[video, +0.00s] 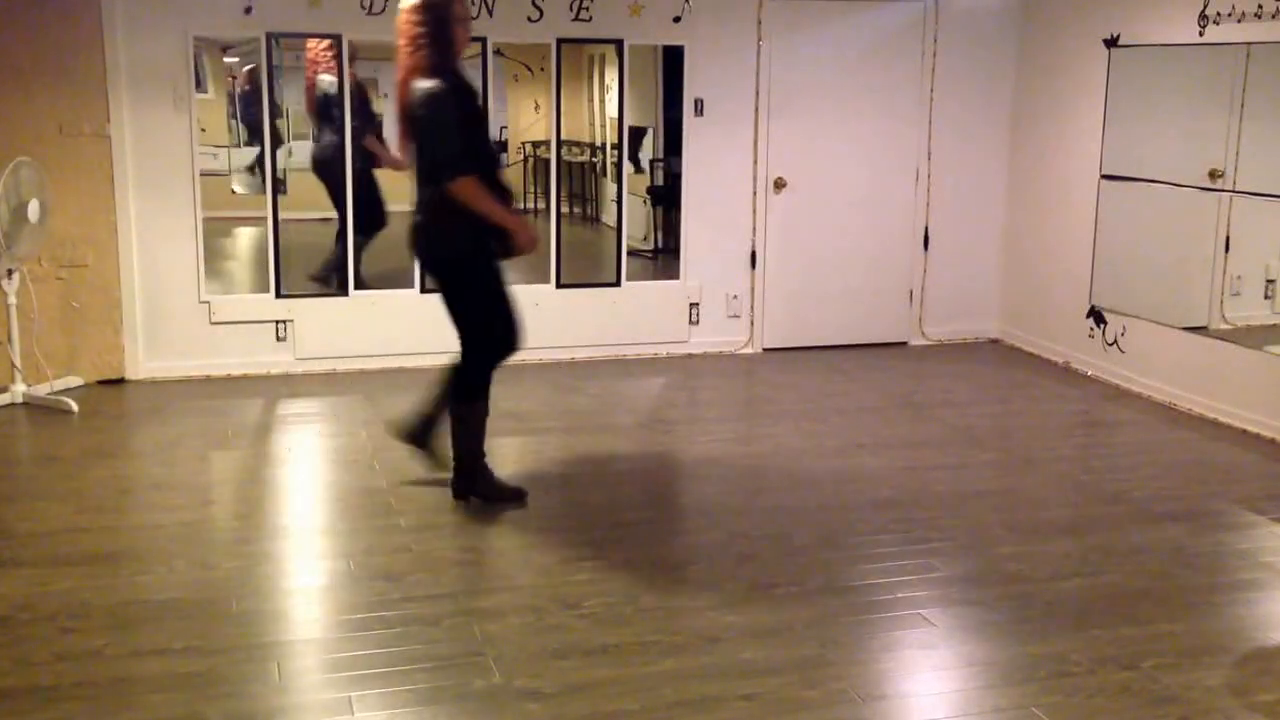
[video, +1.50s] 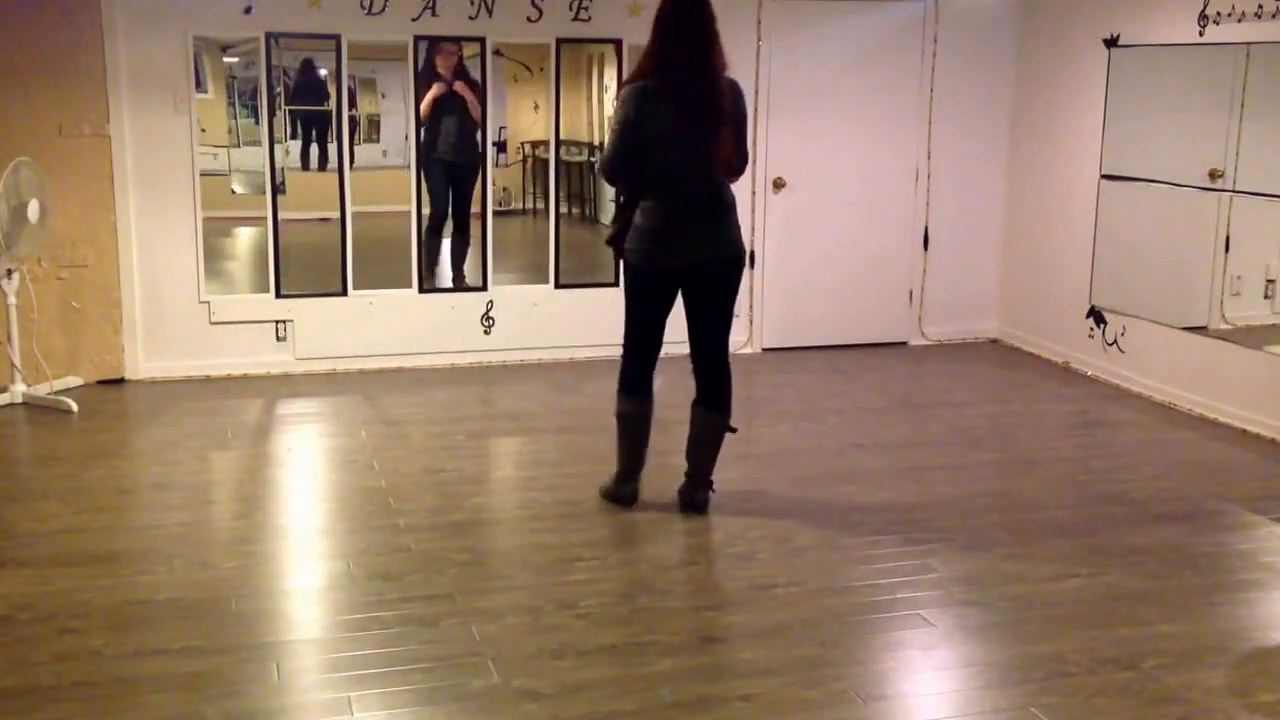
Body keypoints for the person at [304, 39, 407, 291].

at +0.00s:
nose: (356, 61)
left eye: (353, 56)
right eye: (354, 56)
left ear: (328, 57)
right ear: (350, 58)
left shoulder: (320, 84)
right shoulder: (351, 85)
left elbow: (319, 119)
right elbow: (362, 130)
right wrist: (386, 155)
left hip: (323, 155)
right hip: (348, 158)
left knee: (349, 216)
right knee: (375, 216)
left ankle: (349, 275)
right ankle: (330, 268)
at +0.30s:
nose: (369, 66)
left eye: (372, 60)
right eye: (367, 61)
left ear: (367, 62)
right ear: (379, 61)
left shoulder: (362, 88)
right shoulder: (385, 89)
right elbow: (389, 132)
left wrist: (417, 150)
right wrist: (410, 158)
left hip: (367, 158)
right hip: (385, 159)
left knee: (376, 215)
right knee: (409, 213)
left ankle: (352, 275)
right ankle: (424, 275)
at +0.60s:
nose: (386, 64)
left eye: (390, 58)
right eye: (386, 59)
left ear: (401, 59)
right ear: (405, 58)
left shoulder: (406, 84)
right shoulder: (404, 86)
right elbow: (413, 128)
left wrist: (441, 150)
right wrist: (441, 152)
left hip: (412, 158)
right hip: (410, 159)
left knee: (431, 214)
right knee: (431, 214)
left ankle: (388, 260)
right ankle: (428, 278)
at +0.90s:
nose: (435, 53)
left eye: (435, 49)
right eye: (429, 50)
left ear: (437, 53)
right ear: (420, 54)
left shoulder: (446, 75)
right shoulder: (414, 78)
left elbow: (459, 109)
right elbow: (413, 118)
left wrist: (467, 127)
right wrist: (446, 107)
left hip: (451, 156)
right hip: (426, 158)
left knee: (455, 217)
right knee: (431, 218)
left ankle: (457, 272)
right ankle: (428, 276)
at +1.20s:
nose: (447, 55)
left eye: (451, 50)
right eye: (441, 50)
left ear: (458, 55)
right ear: (432, 55)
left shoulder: (467, 83)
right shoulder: (424, 81)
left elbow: (483, 119)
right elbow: (419, 119)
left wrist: (474, 98)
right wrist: (433, 95)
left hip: (465, 156)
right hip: (434, 156)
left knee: (460, 214)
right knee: (443, 212)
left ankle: (458, 269)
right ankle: (440, 273)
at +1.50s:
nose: (450, 57)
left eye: (454, 52)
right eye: (445, 52)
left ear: (459, 56)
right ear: (434, 54)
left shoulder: (469, 83)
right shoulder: (425, 81)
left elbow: (480, 119)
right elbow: (419, 119)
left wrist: (468, 96)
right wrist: (431, 95)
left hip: (466, 156)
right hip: (435, 156)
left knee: (462, 216)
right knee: (440, 212)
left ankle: (458, 272)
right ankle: (429, 270)